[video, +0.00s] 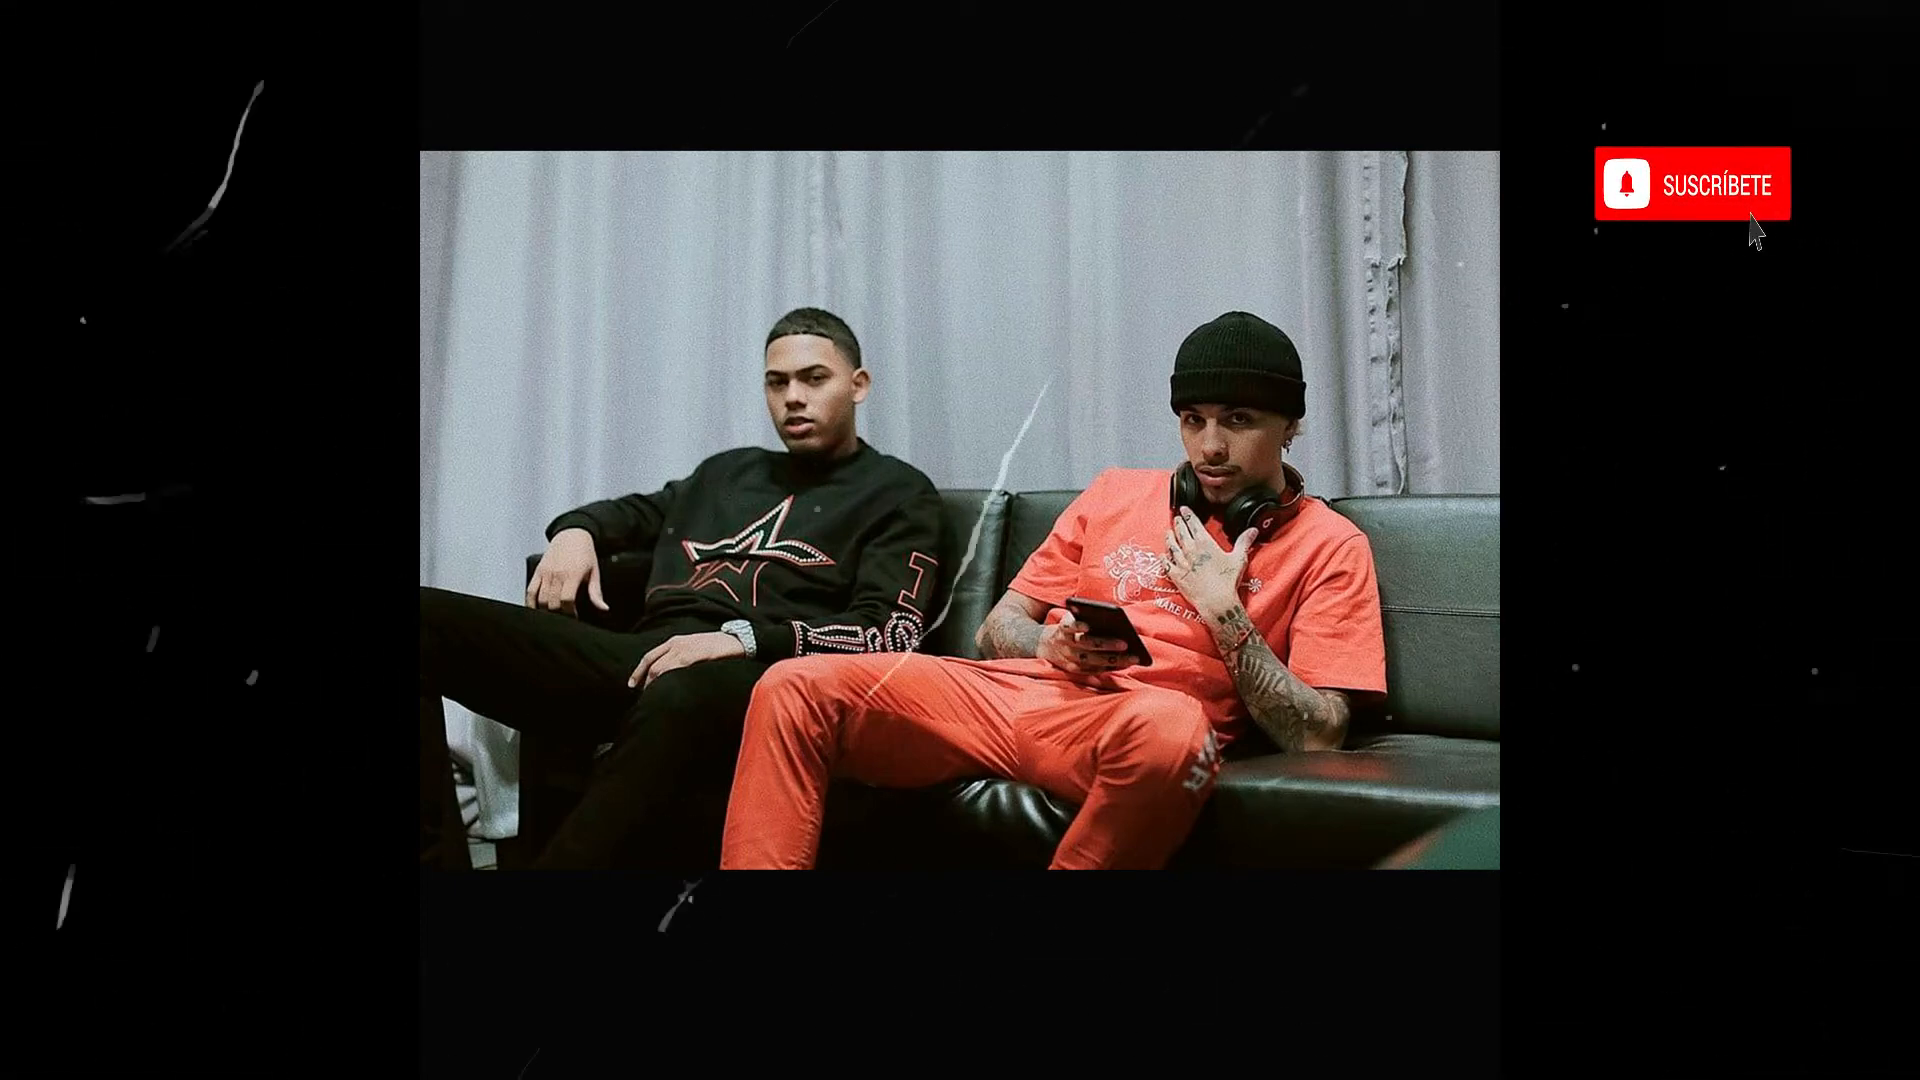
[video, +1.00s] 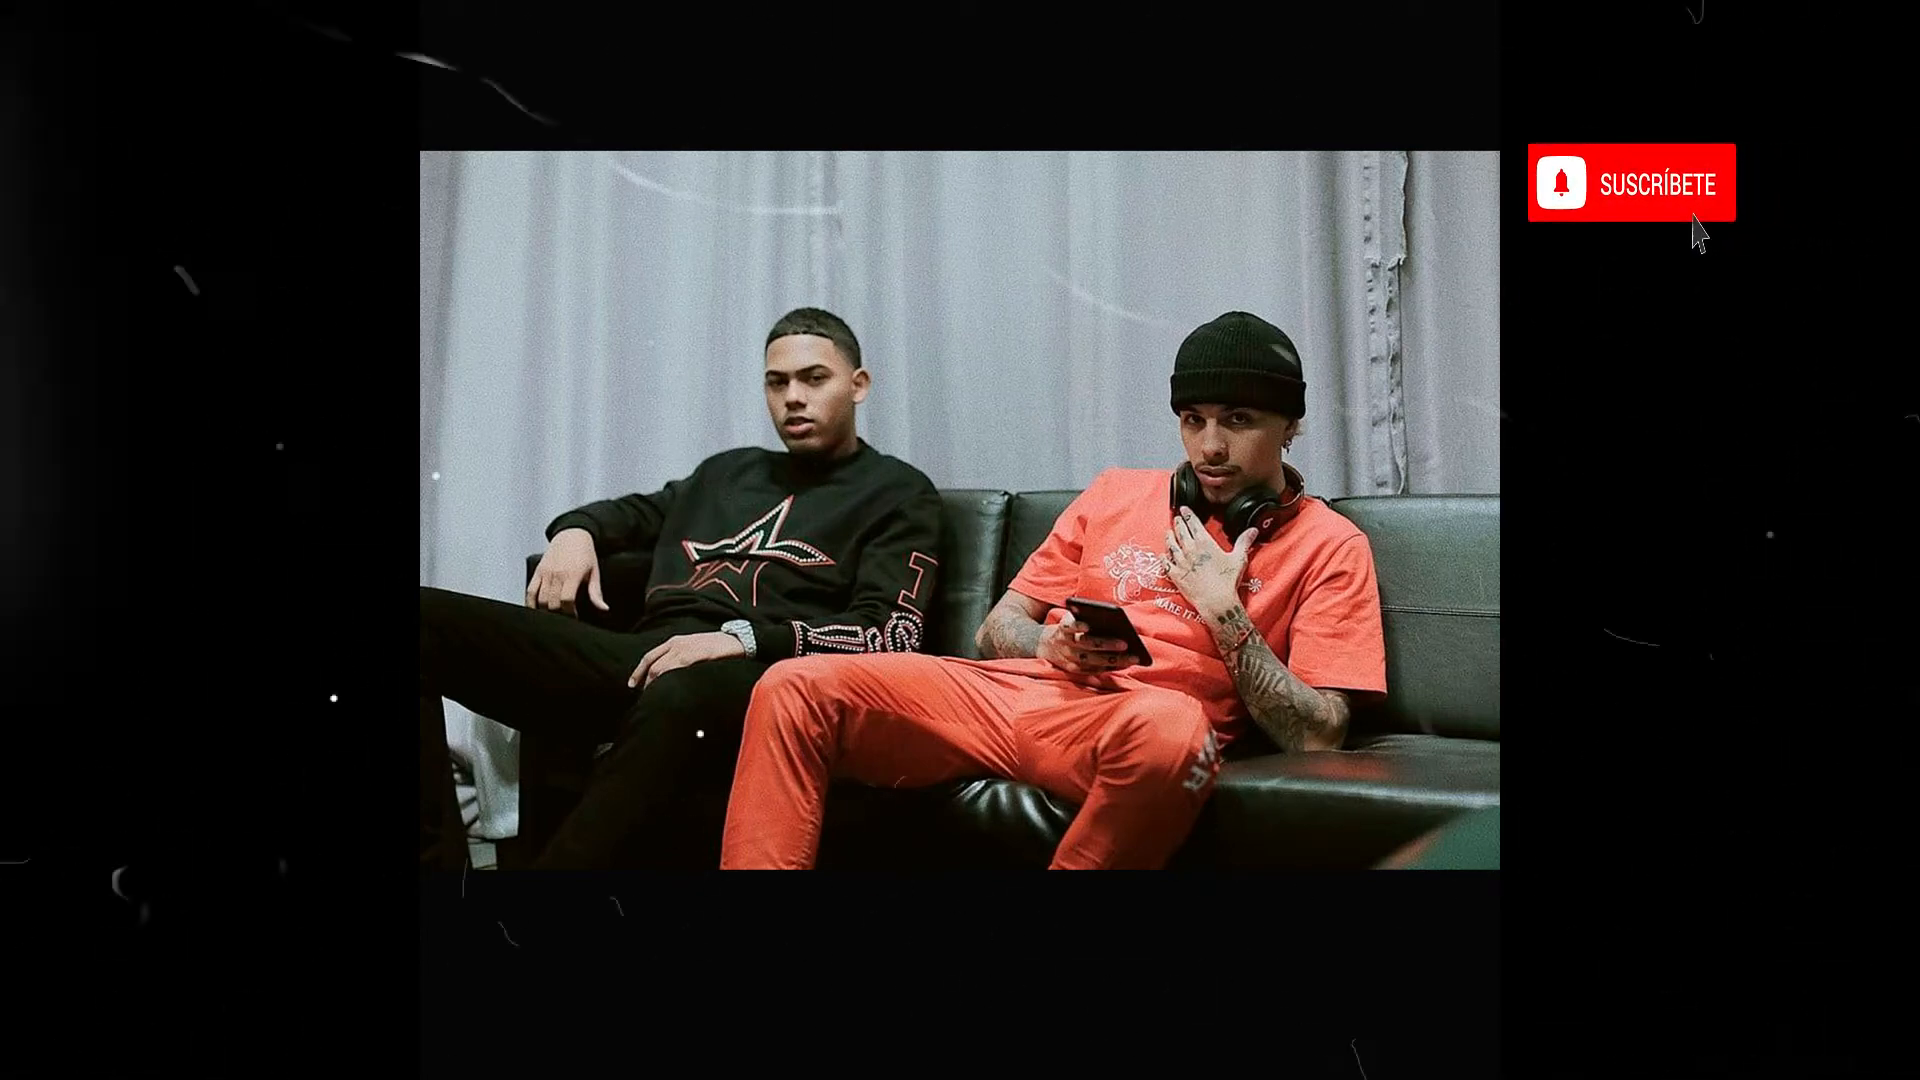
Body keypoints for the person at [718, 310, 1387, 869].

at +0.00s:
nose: (1210, 446)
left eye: (1238, 421)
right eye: (1195, 419)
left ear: (1289, 428)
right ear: (1178, 422)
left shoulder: (1328, 546)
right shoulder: (1117, 493)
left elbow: (1318, 735)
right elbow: (1000, 625)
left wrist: (1227, 616)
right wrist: (1051, 647)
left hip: (1133, 707)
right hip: (1015, 685)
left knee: (1169, 747)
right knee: (791, 694)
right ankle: (755, 914)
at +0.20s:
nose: (1210, 445)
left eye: (1238, 421)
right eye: (1195, 419)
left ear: (1288, 429)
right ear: (1179, 422)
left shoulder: (1328, 546)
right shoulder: (1117, 493)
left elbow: (1317, 735)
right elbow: (999, 626)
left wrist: (1227, 615)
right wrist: (1051, 647)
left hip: (1132, 708)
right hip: (1013, 685)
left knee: (1171, 745)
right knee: (792, 694)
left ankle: (1048, 956)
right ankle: (756, 950)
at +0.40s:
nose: (1211, 445)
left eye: (1238, 421)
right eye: (1196, 419)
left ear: (1289, 428)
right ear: (1178, 422)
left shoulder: (1328, 545)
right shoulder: (1118, 492)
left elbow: (1318, 736)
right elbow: (1000, 626)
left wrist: (1227, 615)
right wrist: (1050, 646)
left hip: (1132, 708)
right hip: (1013, 685)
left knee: (1169, 747)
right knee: (791, 694)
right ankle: (748, 939)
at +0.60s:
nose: (1211, 445)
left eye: (1238, 421)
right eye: (1195, 419)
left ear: (1288, 429)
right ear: (1179, 421)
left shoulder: (1329, 546)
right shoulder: (1117, 493)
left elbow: (1318, 736)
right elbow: (999, 627)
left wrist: (1227, 615)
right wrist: (1052, 646)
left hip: (1133, 707)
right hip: (1014, 685)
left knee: (1169, 745)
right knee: (791, 694)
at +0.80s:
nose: (1210, 446)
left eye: (1238, 421)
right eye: (1195, 419)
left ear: (1289, 428)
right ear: (1178, 422)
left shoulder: (1328, 546)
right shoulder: (1117, 493)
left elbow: (1318, 735)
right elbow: (1000, 626)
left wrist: (1227, 615)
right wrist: (1051, 647)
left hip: (1133, 707)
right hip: (1013, 685)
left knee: (1170, 747)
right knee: (791, 694)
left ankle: (1042, 943)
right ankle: (761, 931)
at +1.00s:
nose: (1211, 445)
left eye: (1238, 421)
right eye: (1195, 419)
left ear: (1288, 429)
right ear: (1179, 421)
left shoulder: (1329, 546)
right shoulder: (1117, 493)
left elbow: (1318, 736)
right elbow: (999, 627)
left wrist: (1227, 615)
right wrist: (1052, 646)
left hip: (1132, 707)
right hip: (1013, 685)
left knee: (1170, 746)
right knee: (791, 694)